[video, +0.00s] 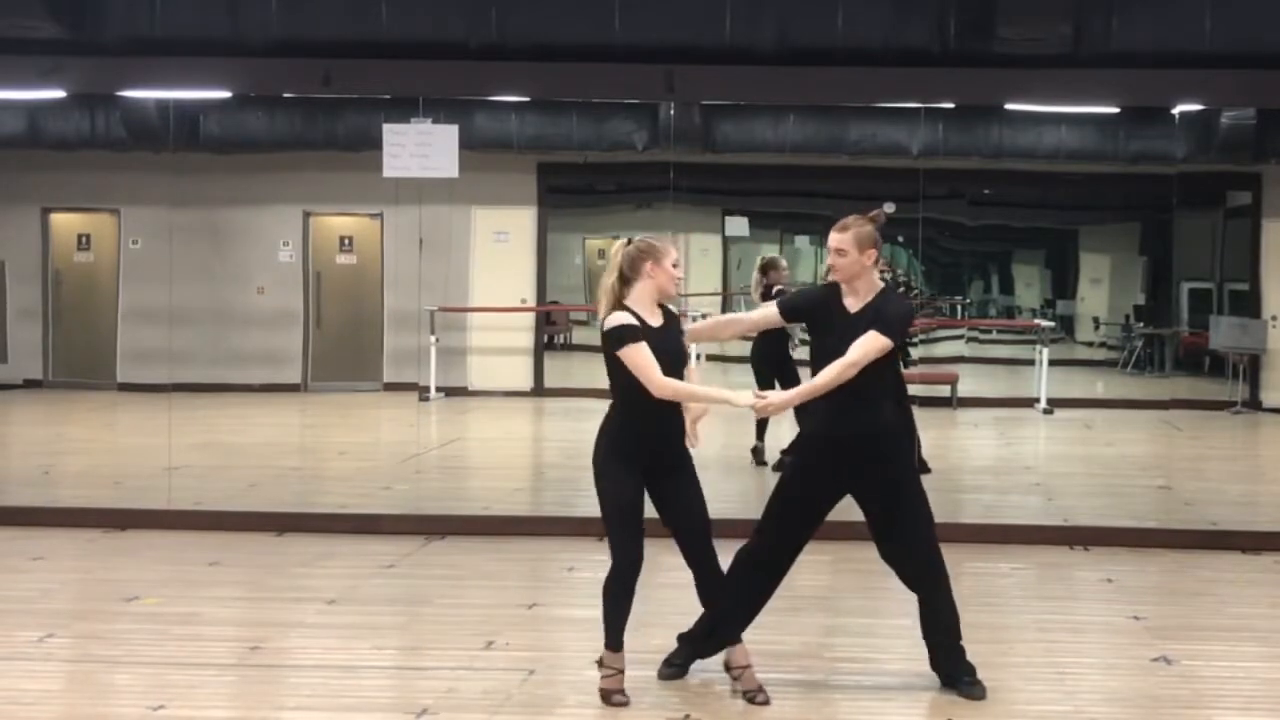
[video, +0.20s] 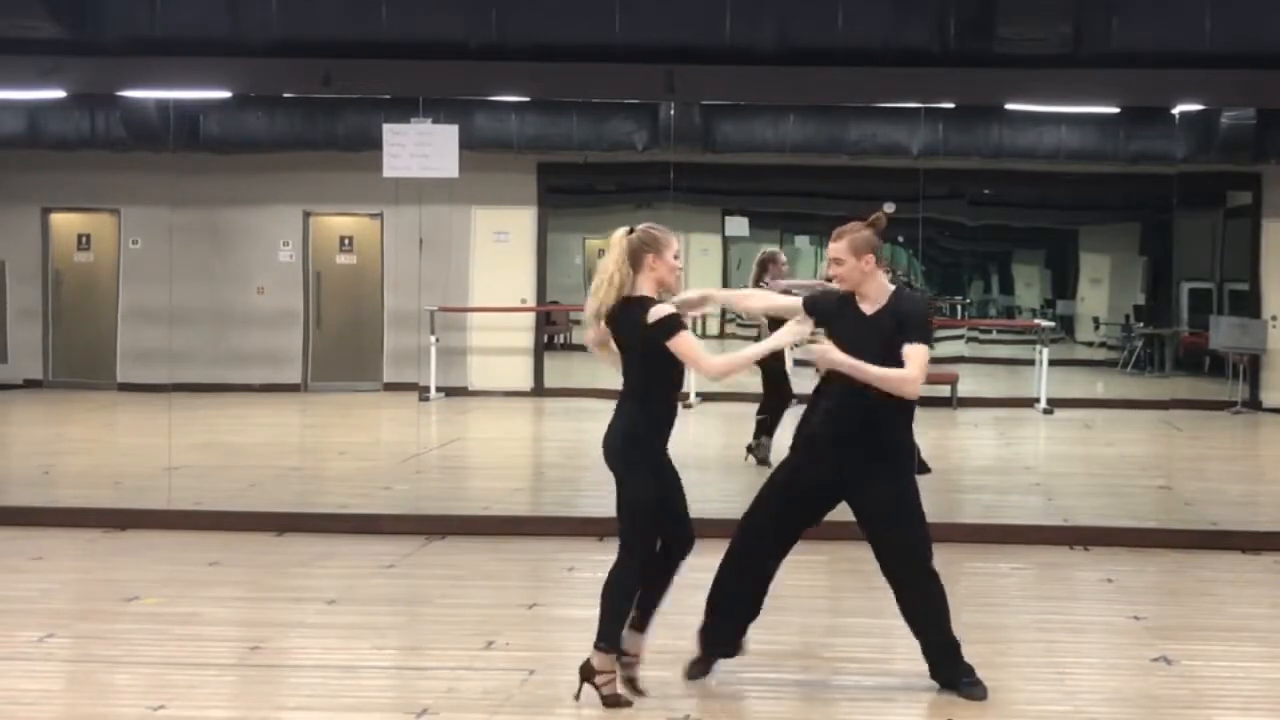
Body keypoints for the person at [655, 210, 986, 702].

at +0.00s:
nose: (830, 260)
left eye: (839, 254)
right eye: (829, 252)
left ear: (870, 257)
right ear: (836, 255)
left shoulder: (895, 308)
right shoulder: (820, 298)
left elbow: (851, 362)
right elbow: (746, 322)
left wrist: (790, 397)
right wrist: (679, 333)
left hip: (884, 458)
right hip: (820, 453)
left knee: (926, 566)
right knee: (766, 551)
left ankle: (953, 665)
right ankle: (697, 644)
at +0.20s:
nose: (829, 271)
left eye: (836, 263)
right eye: (829, 263)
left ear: (869, 262)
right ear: (856, 263)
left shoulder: (911, 308)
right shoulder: (831, 302)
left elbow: (911, 385)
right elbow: (759, 301)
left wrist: (841, 361)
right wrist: (708, 295)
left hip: (882, 464)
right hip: (817, 456)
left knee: (913, 569)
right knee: (755, 539)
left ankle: (950, 668)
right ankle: (715, 642)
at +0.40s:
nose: (799, 256)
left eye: (805, 248)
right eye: (800, 248)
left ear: (834, 250)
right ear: (830, 250)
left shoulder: (865, 306)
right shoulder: (817, 287)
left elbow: (898, 381)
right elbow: (779, 249)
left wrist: (838, 408)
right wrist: (749, 209)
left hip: (860, 454)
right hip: (812, 450)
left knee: (926, 554)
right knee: (754, 551)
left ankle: (1008, 653)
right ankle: (785, 649)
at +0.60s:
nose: (785, 260)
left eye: (790, 253)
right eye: (787, 252)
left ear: (816, 255)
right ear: (821, 253)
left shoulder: (829, 316)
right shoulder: (833, 293)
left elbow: (829, 392)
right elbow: (793, 217)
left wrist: (797, 413)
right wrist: (766, 155)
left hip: (847, 449)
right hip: (835, 446)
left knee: (919, 557)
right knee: (774, 555)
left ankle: (1020, 655)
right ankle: (781, 661)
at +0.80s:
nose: (821, 254)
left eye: (831, 246)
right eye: (815, 248)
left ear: (854, 248)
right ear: (810, 252)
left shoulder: (871, 298)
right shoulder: (823, 297)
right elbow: (792, 224)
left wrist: (874, 398)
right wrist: (814, 195)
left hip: (874, 451)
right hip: (821, 451)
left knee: (940, 555)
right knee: (784, 560)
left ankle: (1003, 652)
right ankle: (785, 658)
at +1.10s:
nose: (879, 282)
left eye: (888, 272)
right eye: (870, 274)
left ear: (905, 271)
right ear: (858, 278)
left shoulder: (926, 320)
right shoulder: (865, 323)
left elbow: (934, 380)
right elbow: (829, 265)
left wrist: (935, 421)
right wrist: (792, 189)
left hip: (926, 480)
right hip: (866, 478)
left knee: (981, 584)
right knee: (780, 579)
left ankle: (961, 688)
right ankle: (684, 683)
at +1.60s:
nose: (819, 252)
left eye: (831, 244)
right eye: (814, 245)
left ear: (859, 256)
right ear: (810, 256)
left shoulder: (889, 313)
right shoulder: (802, 320)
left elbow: (932, 362)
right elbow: (743, 353)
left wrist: (965, 413)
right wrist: (696, 387)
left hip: (879, 471)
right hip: (814, 468)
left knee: (927, 577)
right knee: (744, 564)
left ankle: (962, 683)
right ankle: (737, 706)